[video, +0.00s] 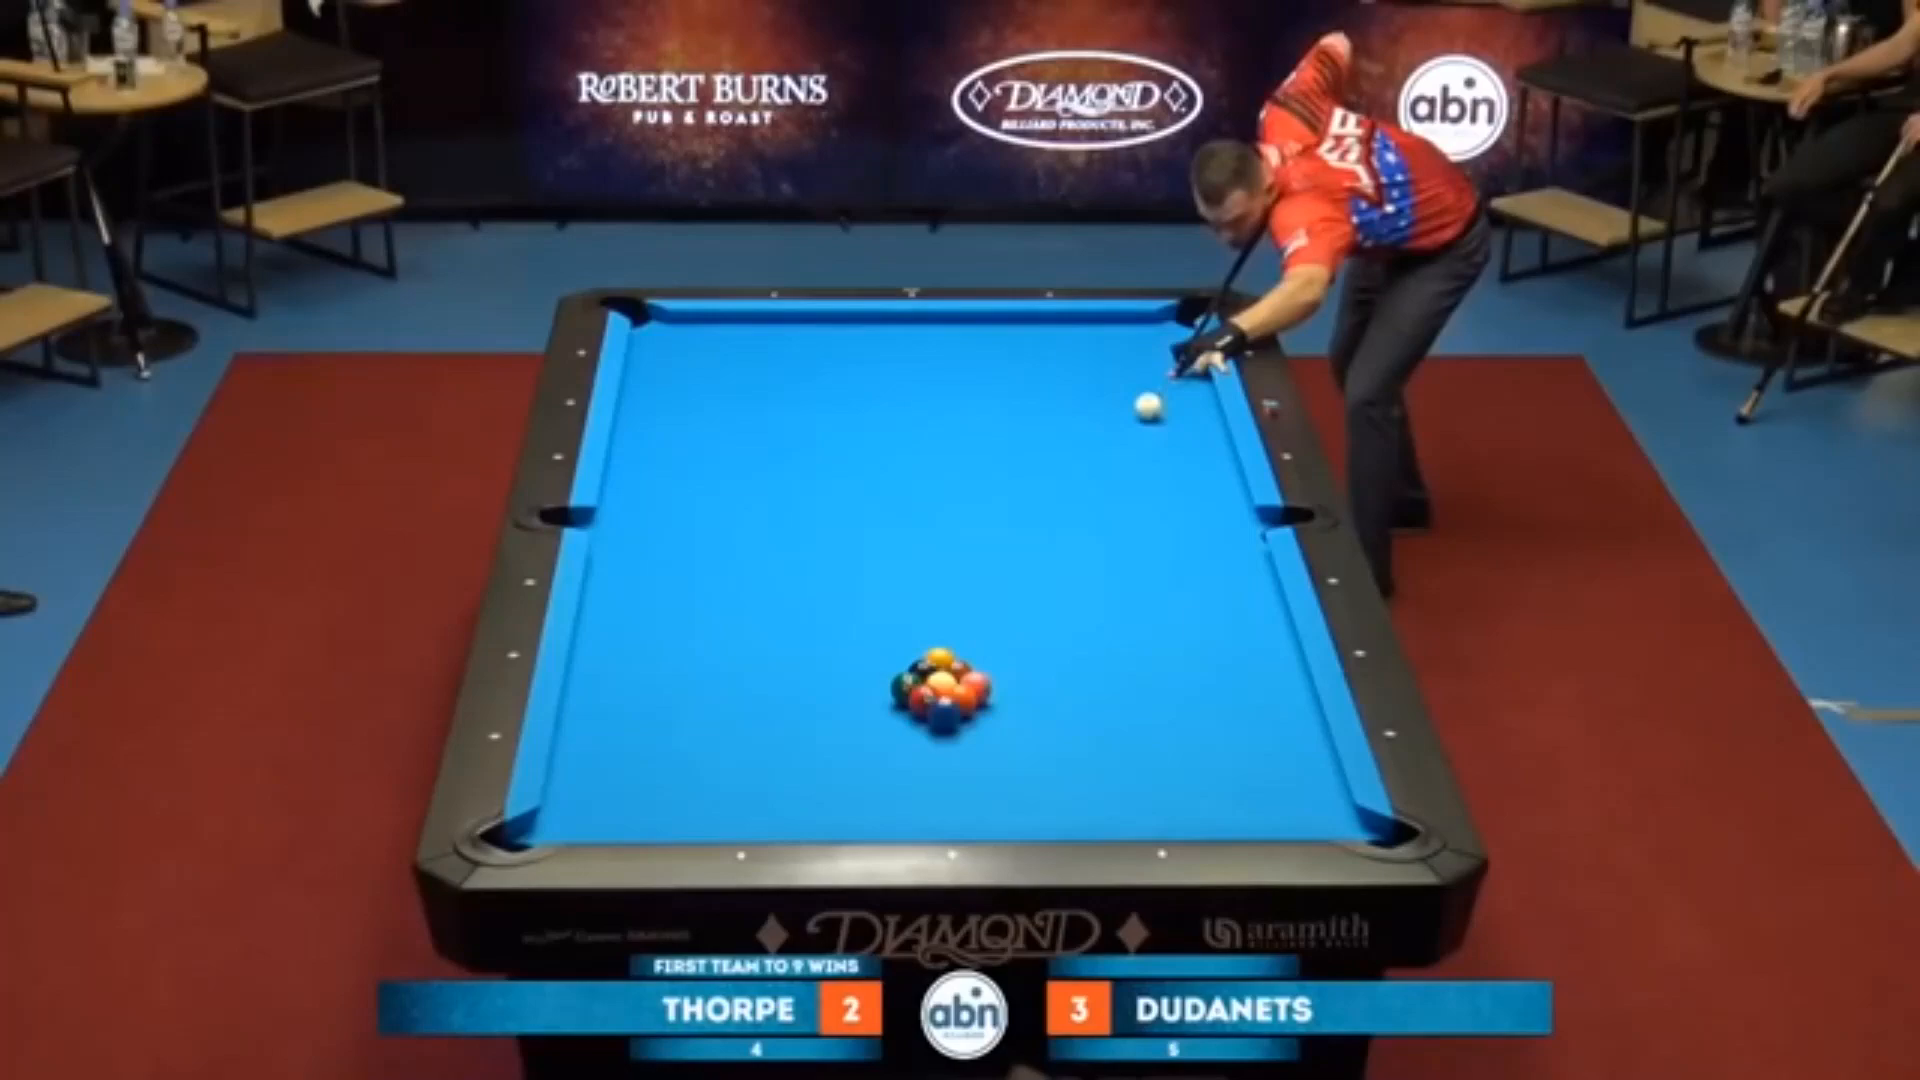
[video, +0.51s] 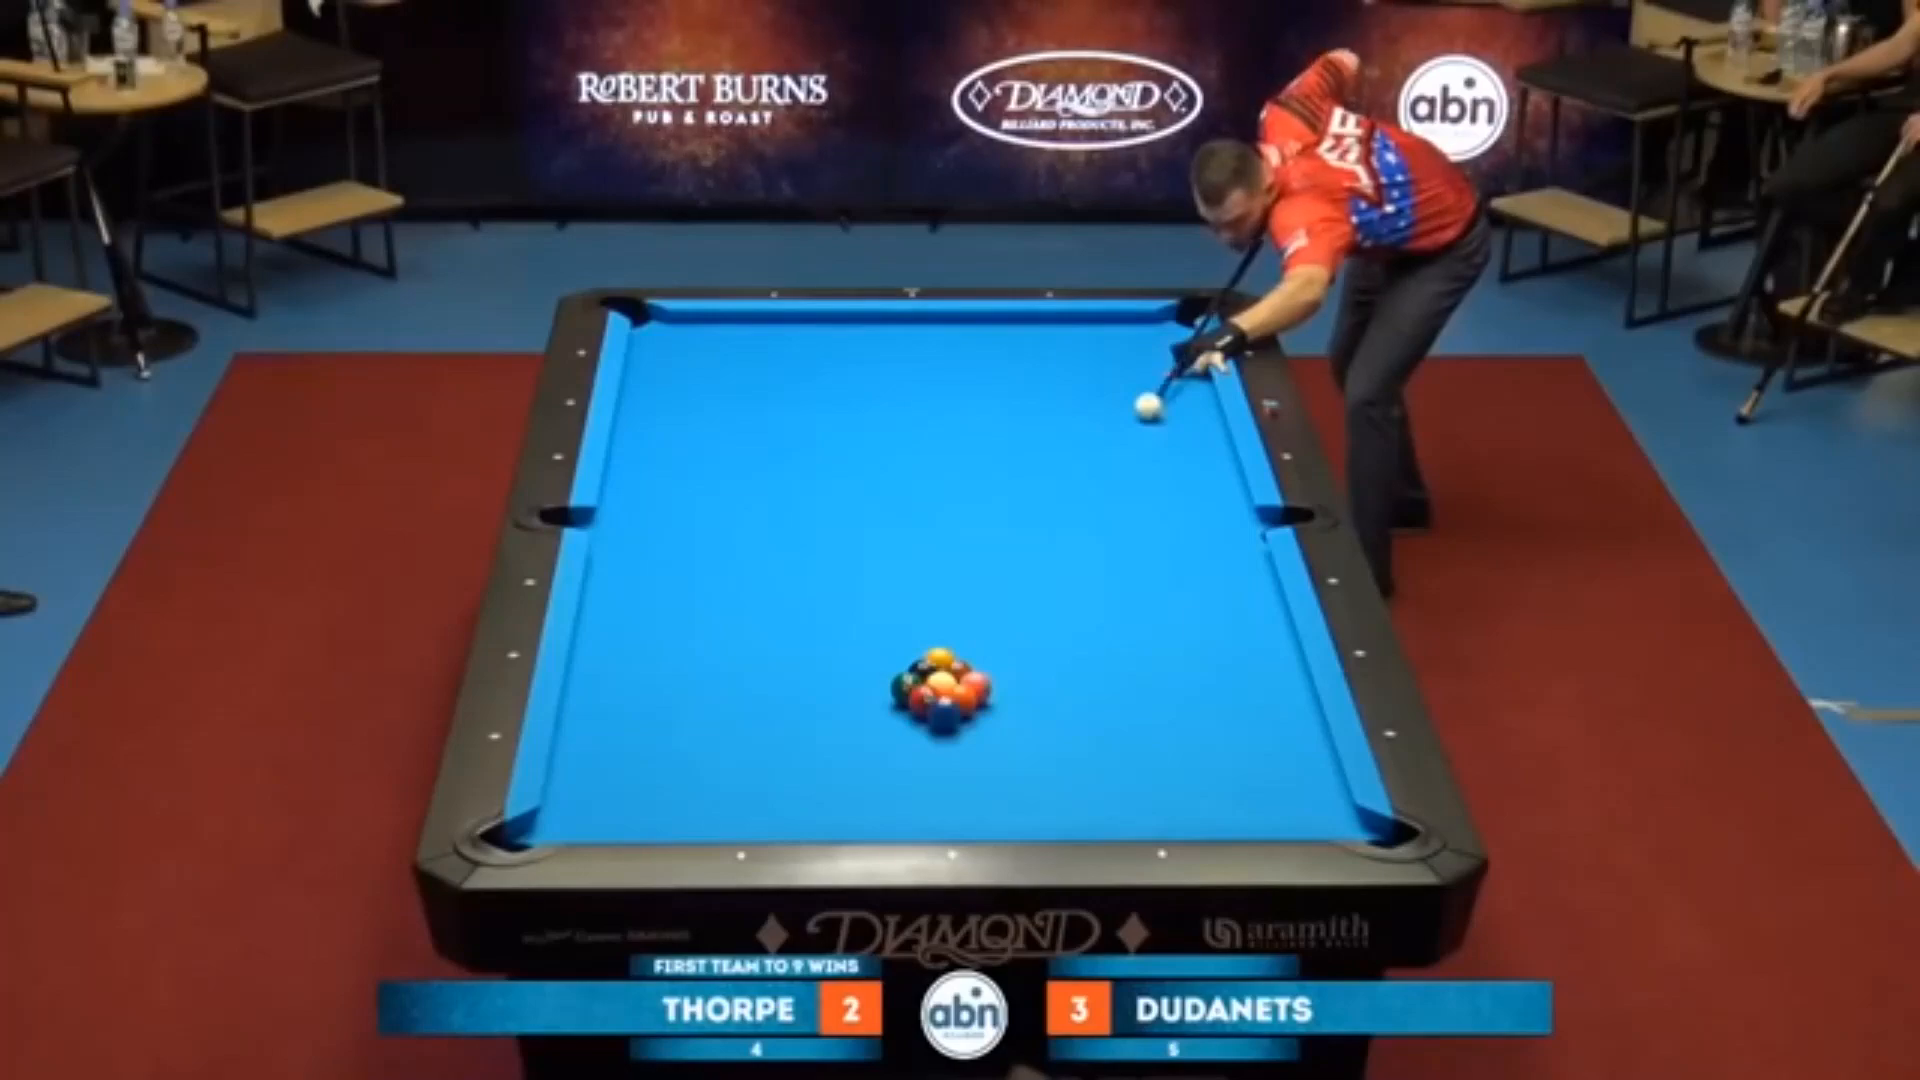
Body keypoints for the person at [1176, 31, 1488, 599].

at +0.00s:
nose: (1228, 237)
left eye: (1235, 222)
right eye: (1216, 227)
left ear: (1263, 187)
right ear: (1201, 206)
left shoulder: (1303, 203)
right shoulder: (1282, 115)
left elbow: (1308, 287)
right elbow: (1336, 43)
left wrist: (1230, 334)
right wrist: (1336, 104)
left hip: (1446, 242)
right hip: (1383, 239)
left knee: (1368, 393)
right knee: (1350, 366)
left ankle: (1370, 574)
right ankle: (1406, 498)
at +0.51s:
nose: (1229, 238)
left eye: (1237, 224)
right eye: (1217, 227)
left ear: (1265, 184)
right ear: (1202, 203)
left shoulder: (1305, 203)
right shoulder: (1281, 120)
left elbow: (1308, 289)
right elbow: (1342, 60)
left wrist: (1229, 336)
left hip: (1446, 242)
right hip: (1384, 238)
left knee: (1369, 393)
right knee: (1349, 367)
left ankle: (1370, 573)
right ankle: (1406, 497)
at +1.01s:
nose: (1226, 145)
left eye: (1235, 132)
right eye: (1216, 134)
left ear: (1270, 101)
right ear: (1202, 111)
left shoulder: (1316, 143)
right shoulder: (1284, 64)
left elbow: (1313, 267)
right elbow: (1311, 133)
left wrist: (1231, 335)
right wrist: (1290, 200)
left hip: (1425, 237)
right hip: (1370, 227)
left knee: (1347, 405)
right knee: (1378, 366)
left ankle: (1368, 573)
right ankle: (1405, 497)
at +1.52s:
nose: (1256, 101)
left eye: (1271, 85)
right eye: (1243, 86)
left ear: (1298, 64)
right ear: (1226, 66)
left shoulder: (1335, 118)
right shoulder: (1254, 80)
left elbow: (1319, 261)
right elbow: (1260, 165)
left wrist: (1237, 337)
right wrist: (1247, 256)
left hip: (1406, 242)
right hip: (1347, 237)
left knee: (1347, 414)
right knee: (1376, 371)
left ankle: (1367, 575)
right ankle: (1402, 493)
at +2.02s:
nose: (1279, 71)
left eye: (1296, 57)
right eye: (1267, 55)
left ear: (1325, 43)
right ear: (1250, 39)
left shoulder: (1350, 113)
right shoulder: (1257, 68)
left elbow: (1323, 254)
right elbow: (1262, 162)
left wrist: (1247, 331)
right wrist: (1249, 260)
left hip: (1397, 243)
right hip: (1335, 235)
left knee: (1350, 412)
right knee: (1367, 369)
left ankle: (1368, 572)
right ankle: (1397, 482)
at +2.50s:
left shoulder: (1371, 54)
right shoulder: (1283, 30)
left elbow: (1349, 194)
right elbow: (1274, 141)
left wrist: (1264, 268)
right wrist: (1244, 243)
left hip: (1380, 240)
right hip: (1313, 230)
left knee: (1357, 404)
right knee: (1312, 396)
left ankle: (1368, 564)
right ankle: (1320, 539)